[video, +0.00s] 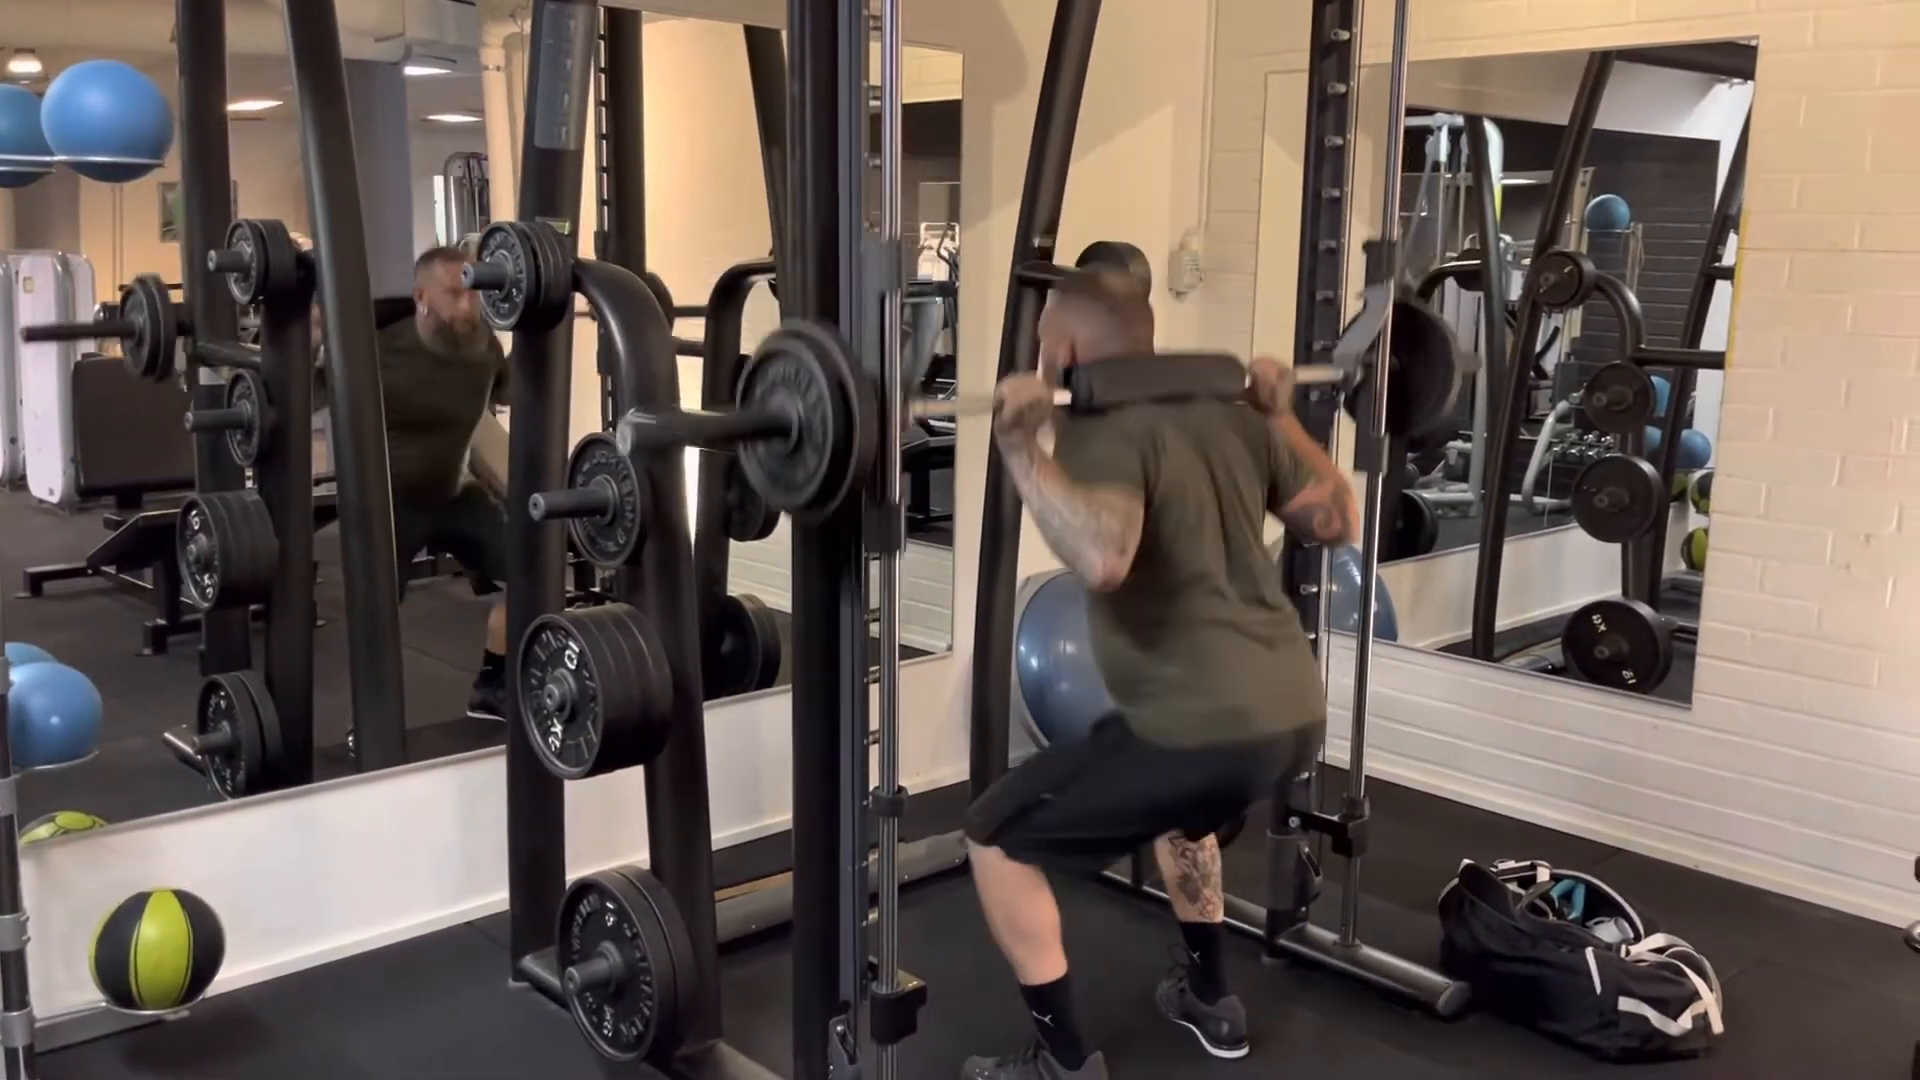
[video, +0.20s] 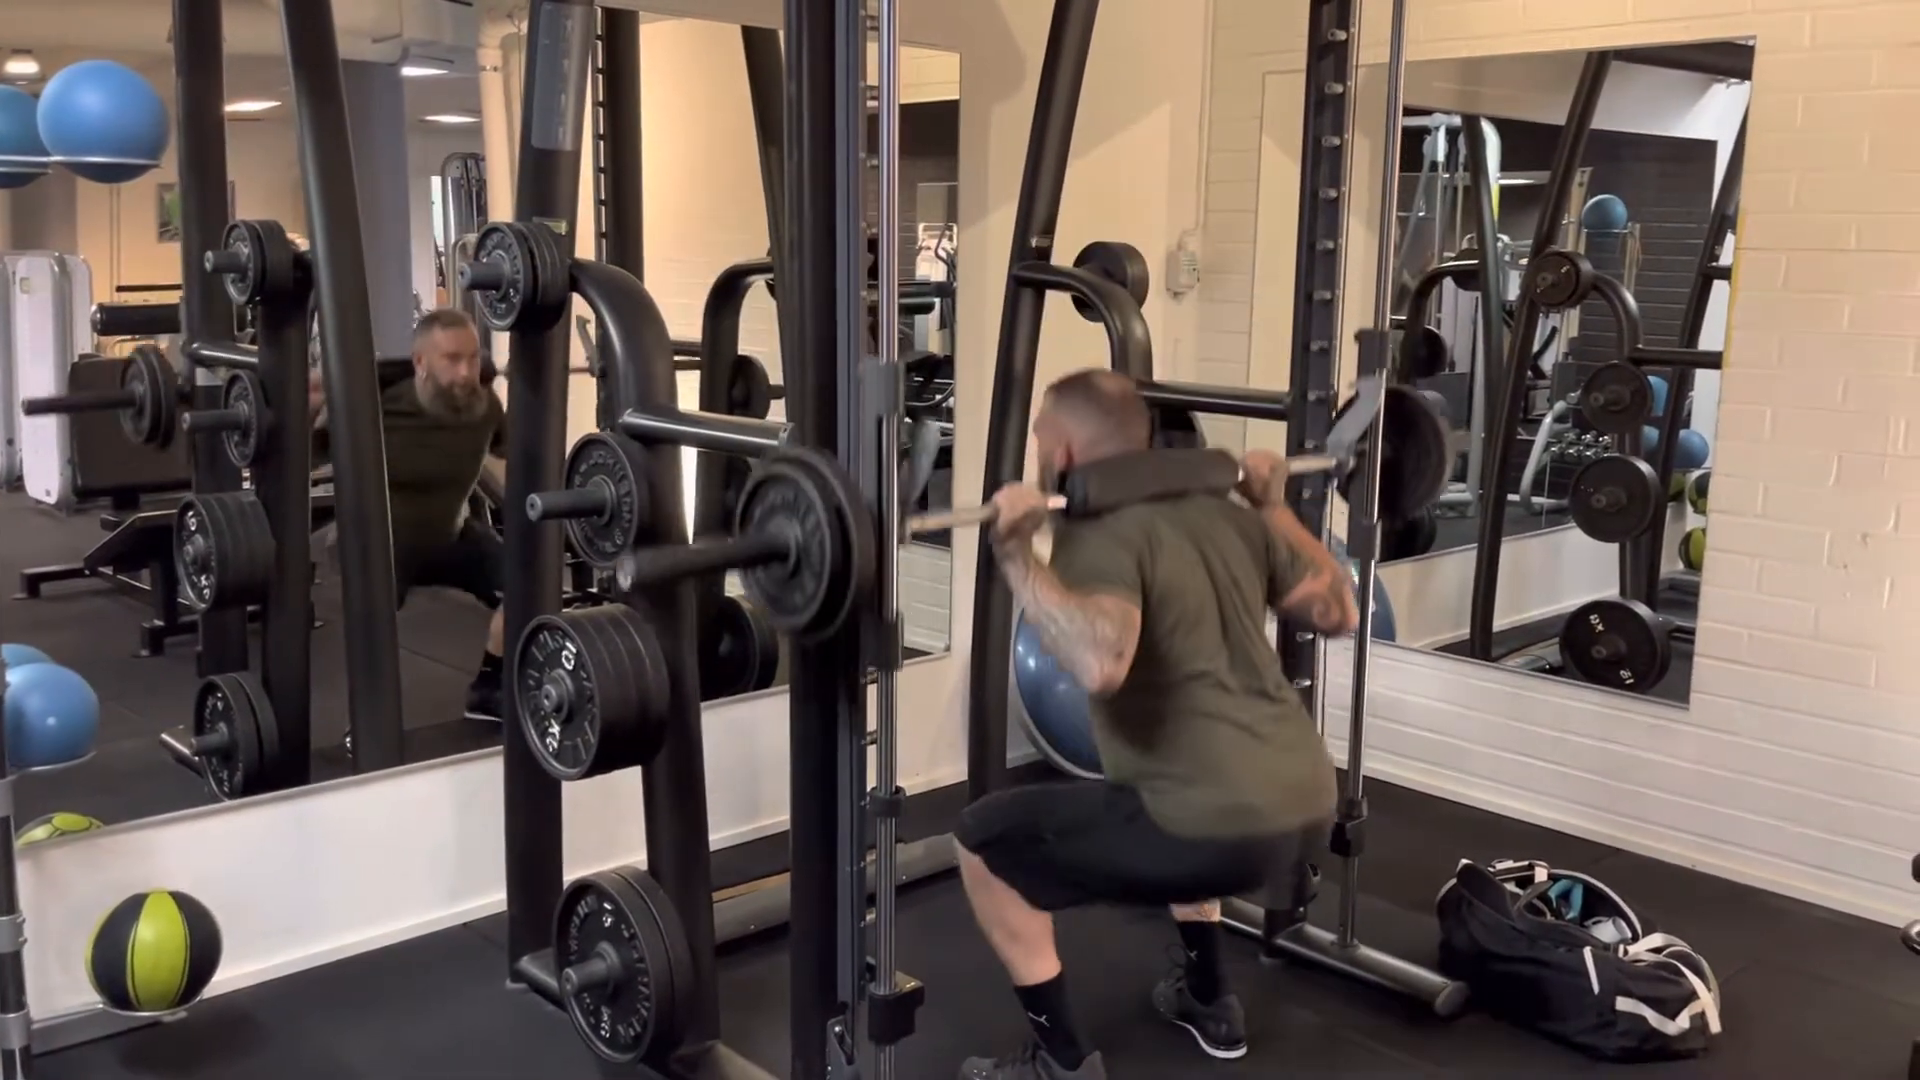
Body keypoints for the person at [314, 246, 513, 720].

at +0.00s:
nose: (468, 306)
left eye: (471, 293)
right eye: (454, 294)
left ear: (479, 294)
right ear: (422, 297)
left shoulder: (485, 350)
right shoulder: (380, 352)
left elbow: (510, 396)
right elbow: (304, 396)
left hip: (454, 498)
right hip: (388, 502)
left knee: (526, 559)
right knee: (377, 602)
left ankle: (494, 683)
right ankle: (371, 717)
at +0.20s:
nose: (466, 372)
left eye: (474, 359)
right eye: (453, 359)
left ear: (482, 360)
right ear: (420, 362)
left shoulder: (486, 408)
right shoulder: (379, 412)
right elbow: (300, 463)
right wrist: (306, 417)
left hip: (450, 542)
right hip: (384, 548)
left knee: (524, 572)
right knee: (370, 616)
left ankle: (490, 687)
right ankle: (365, 718)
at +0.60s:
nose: (464, 435)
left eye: (472, 420)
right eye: (450, 422)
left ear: (480, 419)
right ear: (418, 425)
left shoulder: (486, 469)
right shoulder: (374, 479)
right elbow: (296, 527)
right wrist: (302, 481)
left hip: (449, 589)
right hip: (383, 598)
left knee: (521, 577)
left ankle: (488, 686)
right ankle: (364, 723)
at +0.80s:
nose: (461, 416)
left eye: (468, 401)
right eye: (448, 403)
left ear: (476, 401)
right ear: (415, 406)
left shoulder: (484, 451)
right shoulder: (373, 464)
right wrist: (299, 469)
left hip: (445, 575)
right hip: (378, 583)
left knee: (516, 578)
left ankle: (485, 690)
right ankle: (359, 722)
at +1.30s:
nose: (455, 270)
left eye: (460, 258)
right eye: (441, 259)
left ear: (468, 262)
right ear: (409, 267)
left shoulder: (474, 329)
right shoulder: (368, 328)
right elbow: (297, 378)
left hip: (443, 486)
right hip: (377, 491)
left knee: (514, 557)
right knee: (364, 605)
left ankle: (484, 693)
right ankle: (359, 723)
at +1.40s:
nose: (455, 238)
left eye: (461, 226)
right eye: (441, 227)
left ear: (469, 227)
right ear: (407, 231)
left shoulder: (470, 294)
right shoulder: (366, 297)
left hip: (449, 467)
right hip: (380, 471)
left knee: (496, 565)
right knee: (363, 602)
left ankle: (482, 694)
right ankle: (360, 722)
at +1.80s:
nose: (455, 215)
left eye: (460, 203)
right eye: (440, 204)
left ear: (467, 208)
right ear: (406, 210)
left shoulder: (472, 272)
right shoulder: (362, 273)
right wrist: (282, 267)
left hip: (456, 457)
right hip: (381, 462)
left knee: (481, 571)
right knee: (366, 594)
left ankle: (481, 698)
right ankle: (359, 714)